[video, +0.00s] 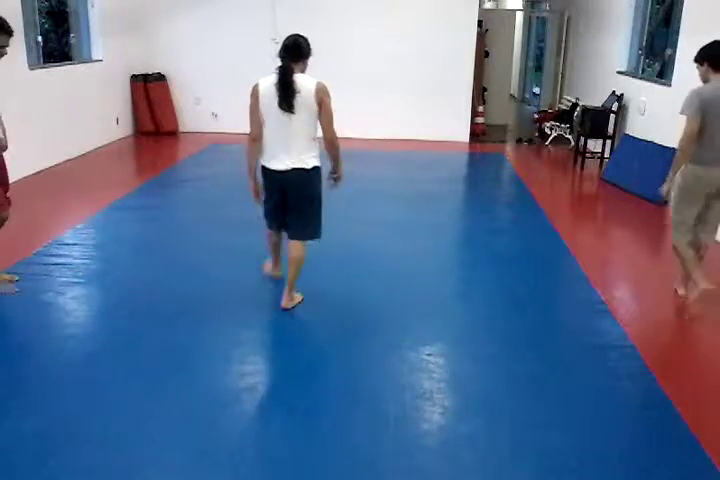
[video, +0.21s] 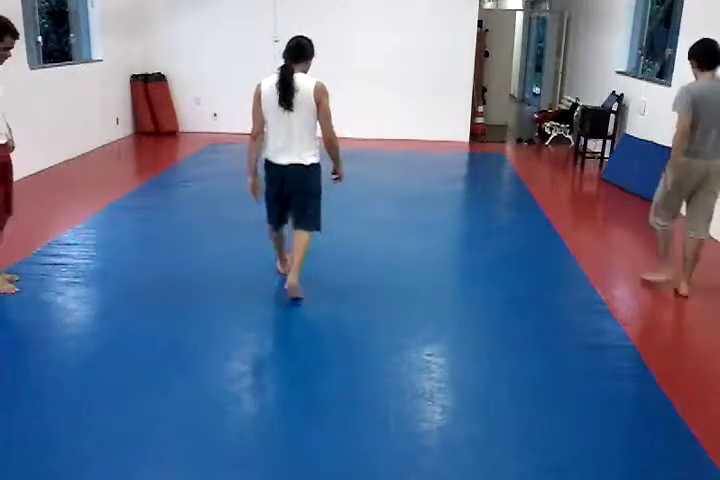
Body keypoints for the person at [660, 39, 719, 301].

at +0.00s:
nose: (698, 73)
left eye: (699, 67)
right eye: (698, 67)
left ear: (709, 66)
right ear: (718, 66)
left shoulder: (701, 95)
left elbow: (689, 139)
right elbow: (691, 140)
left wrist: (671, 176)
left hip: (698, 170)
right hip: (717, 171)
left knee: (680, 229)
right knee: (704, 232)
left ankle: (700, 282)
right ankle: (684, 284)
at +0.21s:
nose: (690, 65)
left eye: (690, 61)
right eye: (691, 61)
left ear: (693, 62)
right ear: (716, 63)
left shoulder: (690, 91)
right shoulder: (718, 88)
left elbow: (683, 130)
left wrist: (672, 165)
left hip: (688, 162)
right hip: (714, 166)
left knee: (662, 213)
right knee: (698, 227)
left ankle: (664, 269)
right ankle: (685, 283)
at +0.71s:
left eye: (651, 53)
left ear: (653, 56)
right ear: (677, 56)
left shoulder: (646, 87)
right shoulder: (691, 85)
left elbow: (633, 123)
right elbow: (701, 123)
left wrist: (619, 152)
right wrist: (707, 156)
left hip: (649, 151)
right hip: (675, 153)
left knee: (645, 202)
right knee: (666, 202)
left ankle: (646, 255)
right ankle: (660, 245)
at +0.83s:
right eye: (672, 51)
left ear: (646, 53)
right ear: (671, 53)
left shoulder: (638, 84)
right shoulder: (684, 84)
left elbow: (623, 122)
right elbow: (693, 120)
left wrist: (609, 149)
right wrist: (699, 153)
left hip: (644, 148)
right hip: (670, 149)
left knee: (644, 202)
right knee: (659, 199)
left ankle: (646, 255)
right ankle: (654, 248)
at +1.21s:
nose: (632, 58)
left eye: (631, 54)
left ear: (631, 55)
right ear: (651, 55)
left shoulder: (625, 82)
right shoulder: (664, 83)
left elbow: (614, 116)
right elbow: (669, 116)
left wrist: (606, 145)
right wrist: (668, 145)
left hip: (626, 140)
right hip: (649, 142)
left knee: (628, 195)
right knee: (629, 190)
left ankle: (642, 244)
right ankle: (612, 231)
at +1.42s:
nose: (616, 55)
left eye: (618, 51)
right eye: (617, 51)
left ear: (624, 52)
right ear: (638, 52)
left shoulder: (619, 78)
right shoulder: (650, 78)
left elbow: (609, 114)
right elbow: (655, 112)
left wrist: (602, 146)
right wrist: (652, 140)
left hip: (619, 136)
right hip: (639, 138)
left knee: (601, 181)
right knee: (623, 185)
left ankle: (618, 222)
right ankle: (614, 227)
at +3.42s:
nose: (587, 62)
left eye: (592, 59)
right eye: (586, 57)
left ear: (604, 58)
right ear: (584, 55)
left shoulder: (615, 82)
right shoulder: (580, 75)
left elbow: (622, 115)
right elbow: (571, 104)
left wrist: (624, 147)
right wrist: (561, 127)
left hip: (599, 136)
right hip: (576, 131)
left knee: (593, 187)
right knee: (563, 182)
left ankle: (587, 222)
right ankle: (564, 225)